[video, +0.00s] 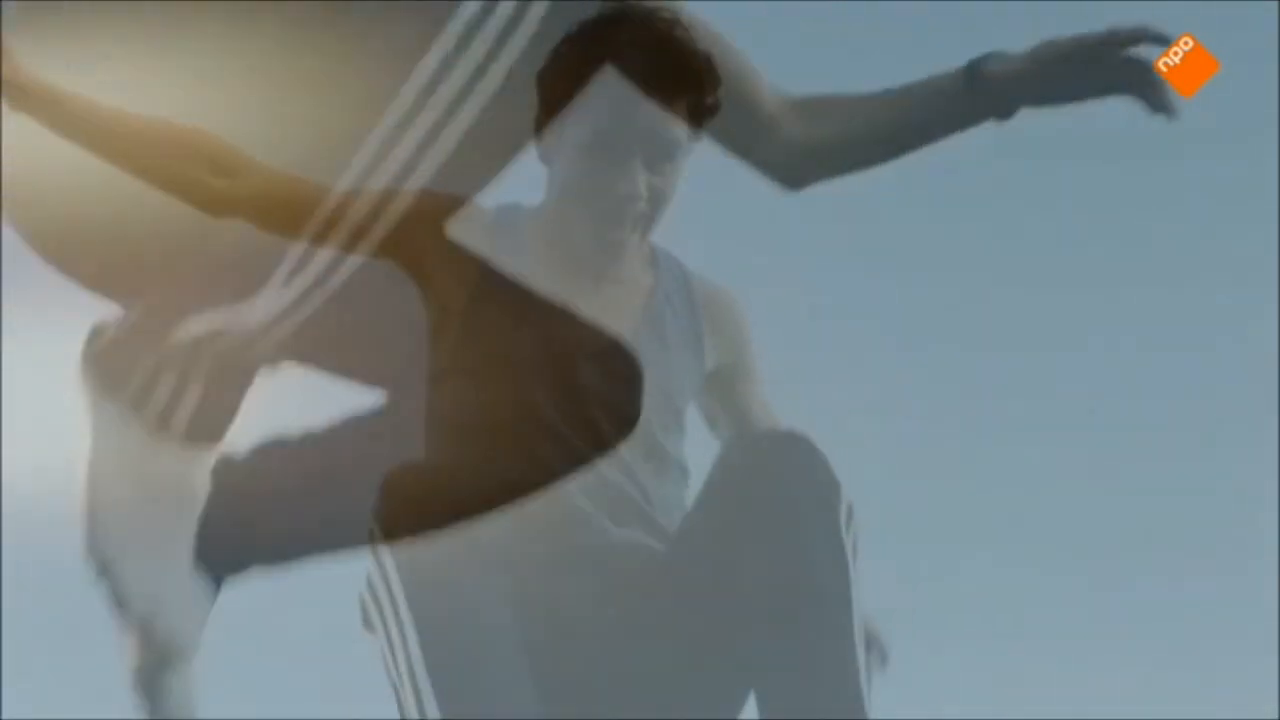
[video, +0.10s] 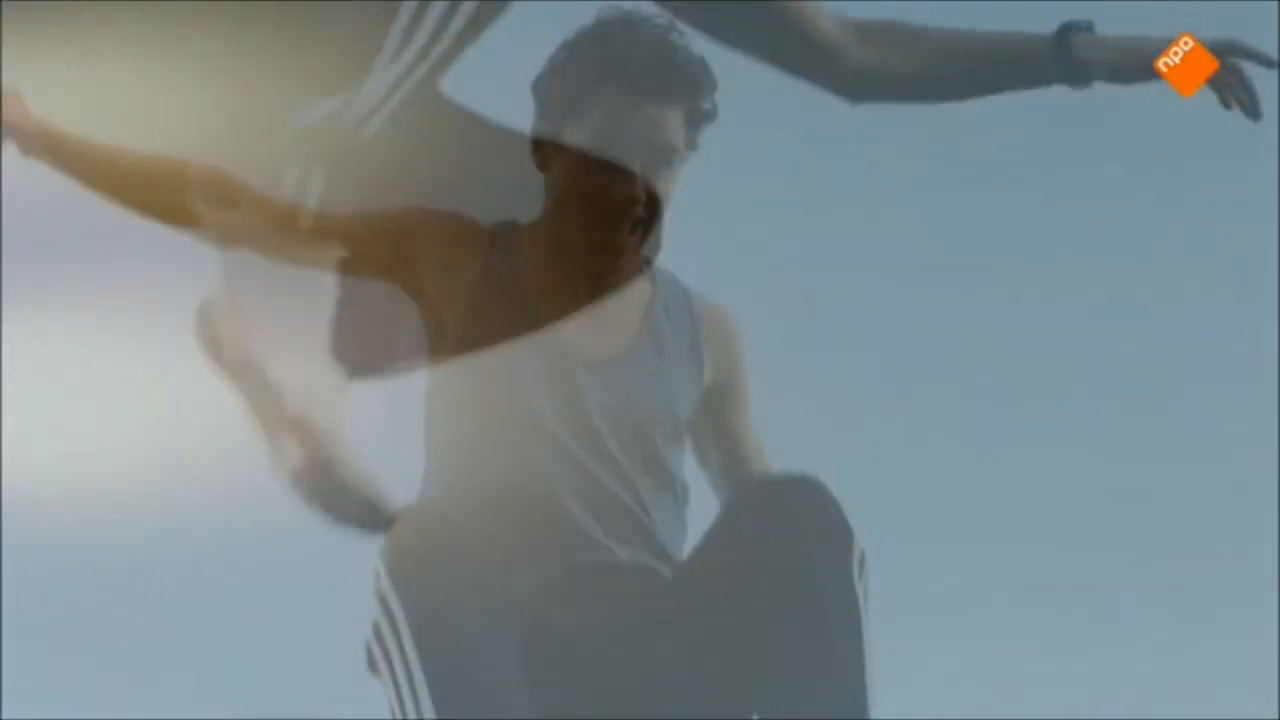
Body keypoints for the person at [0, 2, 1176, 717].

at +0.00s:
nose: (647, 177)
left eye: (665, 157)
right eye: (628, 147)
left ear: (689, 163)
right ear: (566, 130)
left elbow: (806, 143)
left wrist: (1016, 79)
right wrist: (232, 320)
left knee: (589, 381)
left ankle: (192, 541)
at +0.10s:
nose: (621, 191)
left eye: (649, 166)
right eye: (598, 155)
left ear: (681, 169)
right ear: (552, 139)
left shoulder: (702, 335)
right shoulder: (455, 227)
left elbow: (754, 505)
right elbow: (221, 214)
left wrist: (800, 624)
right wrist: (23, 127)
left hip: (656, 634)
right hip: (504, 632)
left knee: (801, 514)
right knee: (441, 527)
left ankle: (805, 714)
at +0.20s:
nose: (637, 196)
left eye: (661, 173)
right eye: (612, 163)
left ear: (680, 185)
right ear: (542, 150)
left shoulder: (698, 359)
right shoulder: (450, 283)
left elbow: (738, 566)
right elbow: (249, 270)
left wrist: (790, 680)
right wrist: (64, 220)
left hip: (659, 656)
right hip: (506, 656)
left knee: (819, 588)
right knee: (437, 614)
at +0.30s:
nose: (628, 210)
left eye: (657, 187)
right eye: (604, 174)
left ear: (679, 203)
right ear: (537, 168)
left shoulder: (700, 374)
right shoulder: (455, 312)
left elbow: (724, 592)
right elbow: (255, 313)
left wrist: (776, 696)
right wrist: (71, 277)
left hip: (661, 678)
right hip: (510, 667)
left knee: (844, 645)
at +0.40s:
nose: (635, 234)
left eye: (659, 214)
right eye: (608, 199)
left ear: (675, 235)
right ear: (539, 203)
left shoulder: (698, 412)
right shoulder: (445, 350)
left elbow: (711, 634)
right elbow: (253, 382)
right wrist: (70, 366)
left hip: (648, 702)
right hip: (484, 695)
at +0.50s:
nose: (634, 254)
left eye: (656, 234)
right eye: (606, 221)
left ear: (674, 256)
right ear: (534, 235)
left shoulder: (698, 439)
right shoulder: (442, 379)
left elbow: (705, 666)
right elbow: (256, 432)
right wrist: (69, 453)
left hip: (640, 709)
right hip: (482, 704)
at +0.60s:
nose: (633, 292)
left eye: (656, 274)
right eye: (605, 260)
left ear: (670, 301)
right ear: (533, 275)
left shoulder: (696, 488)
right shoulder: (439, 423)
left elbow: (699, 698)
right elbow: (258, 515)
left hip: (628, 716)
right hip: (477, 711)